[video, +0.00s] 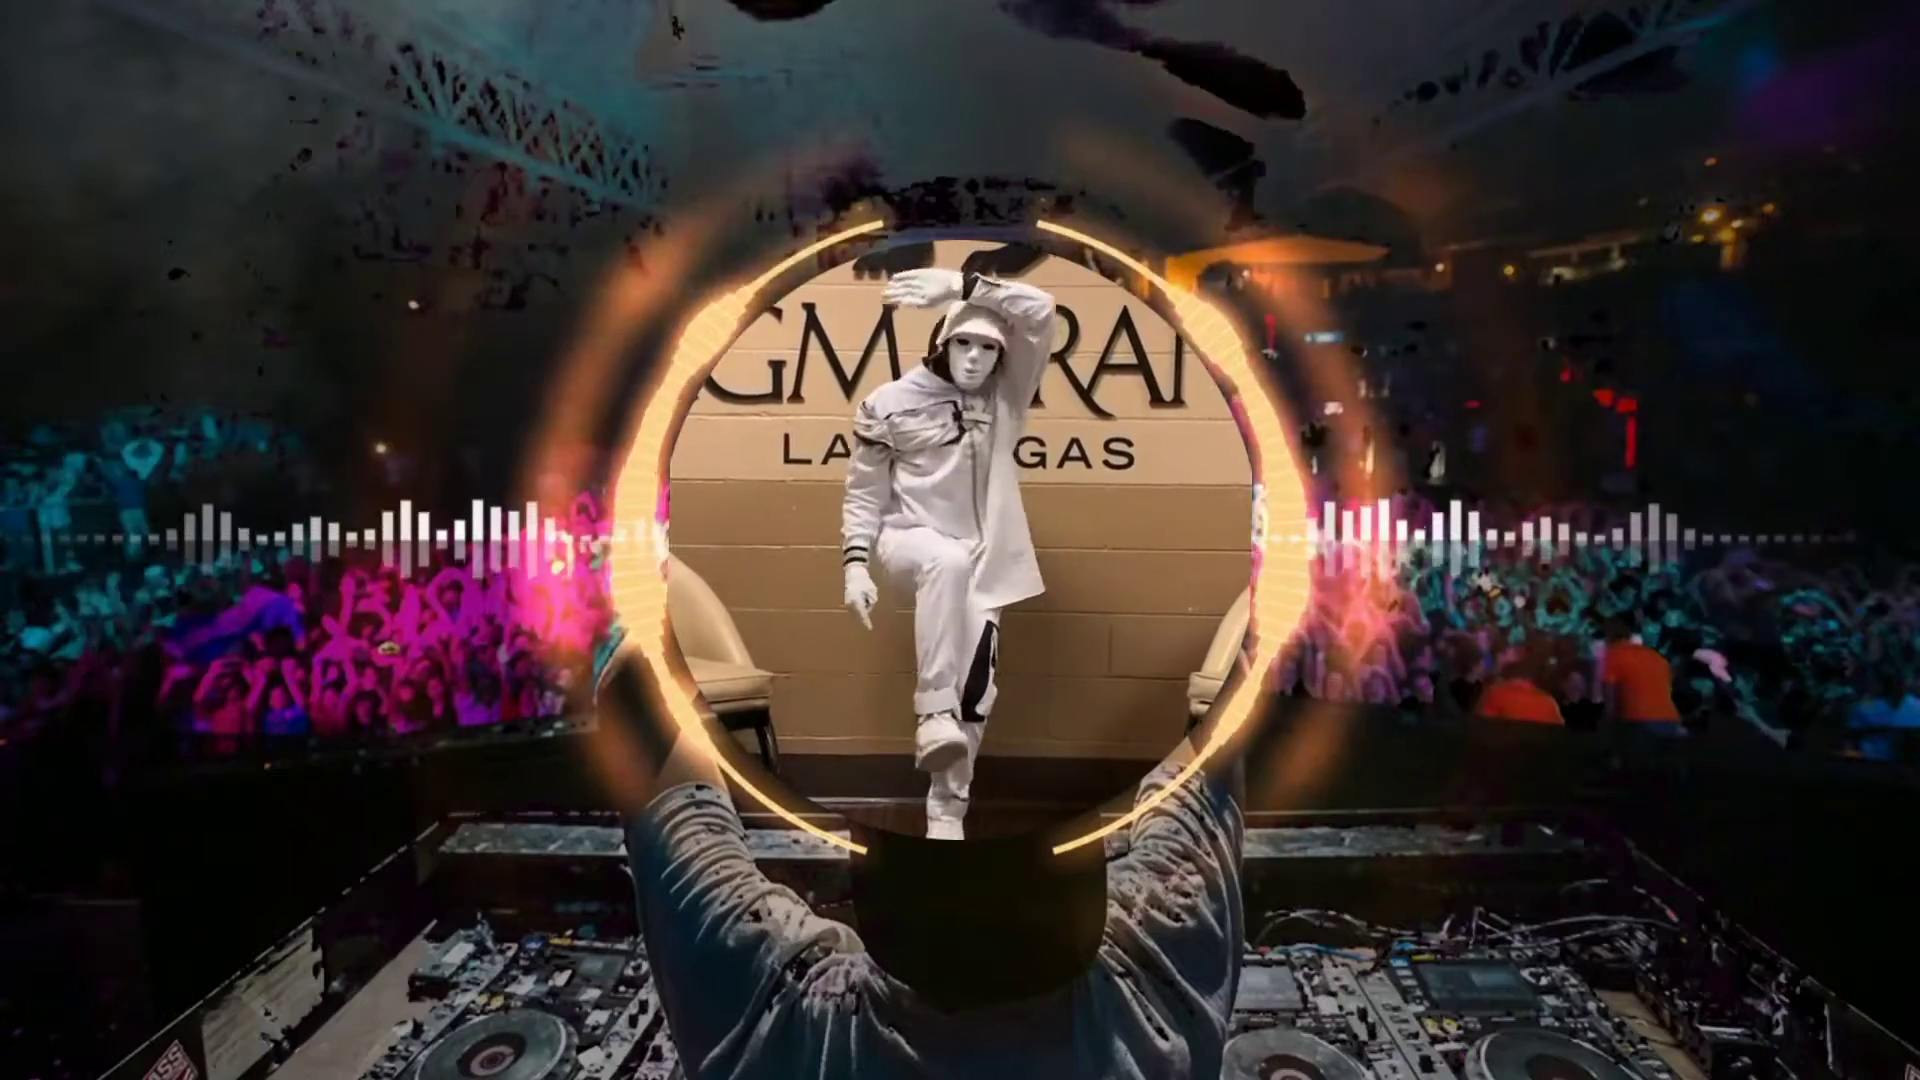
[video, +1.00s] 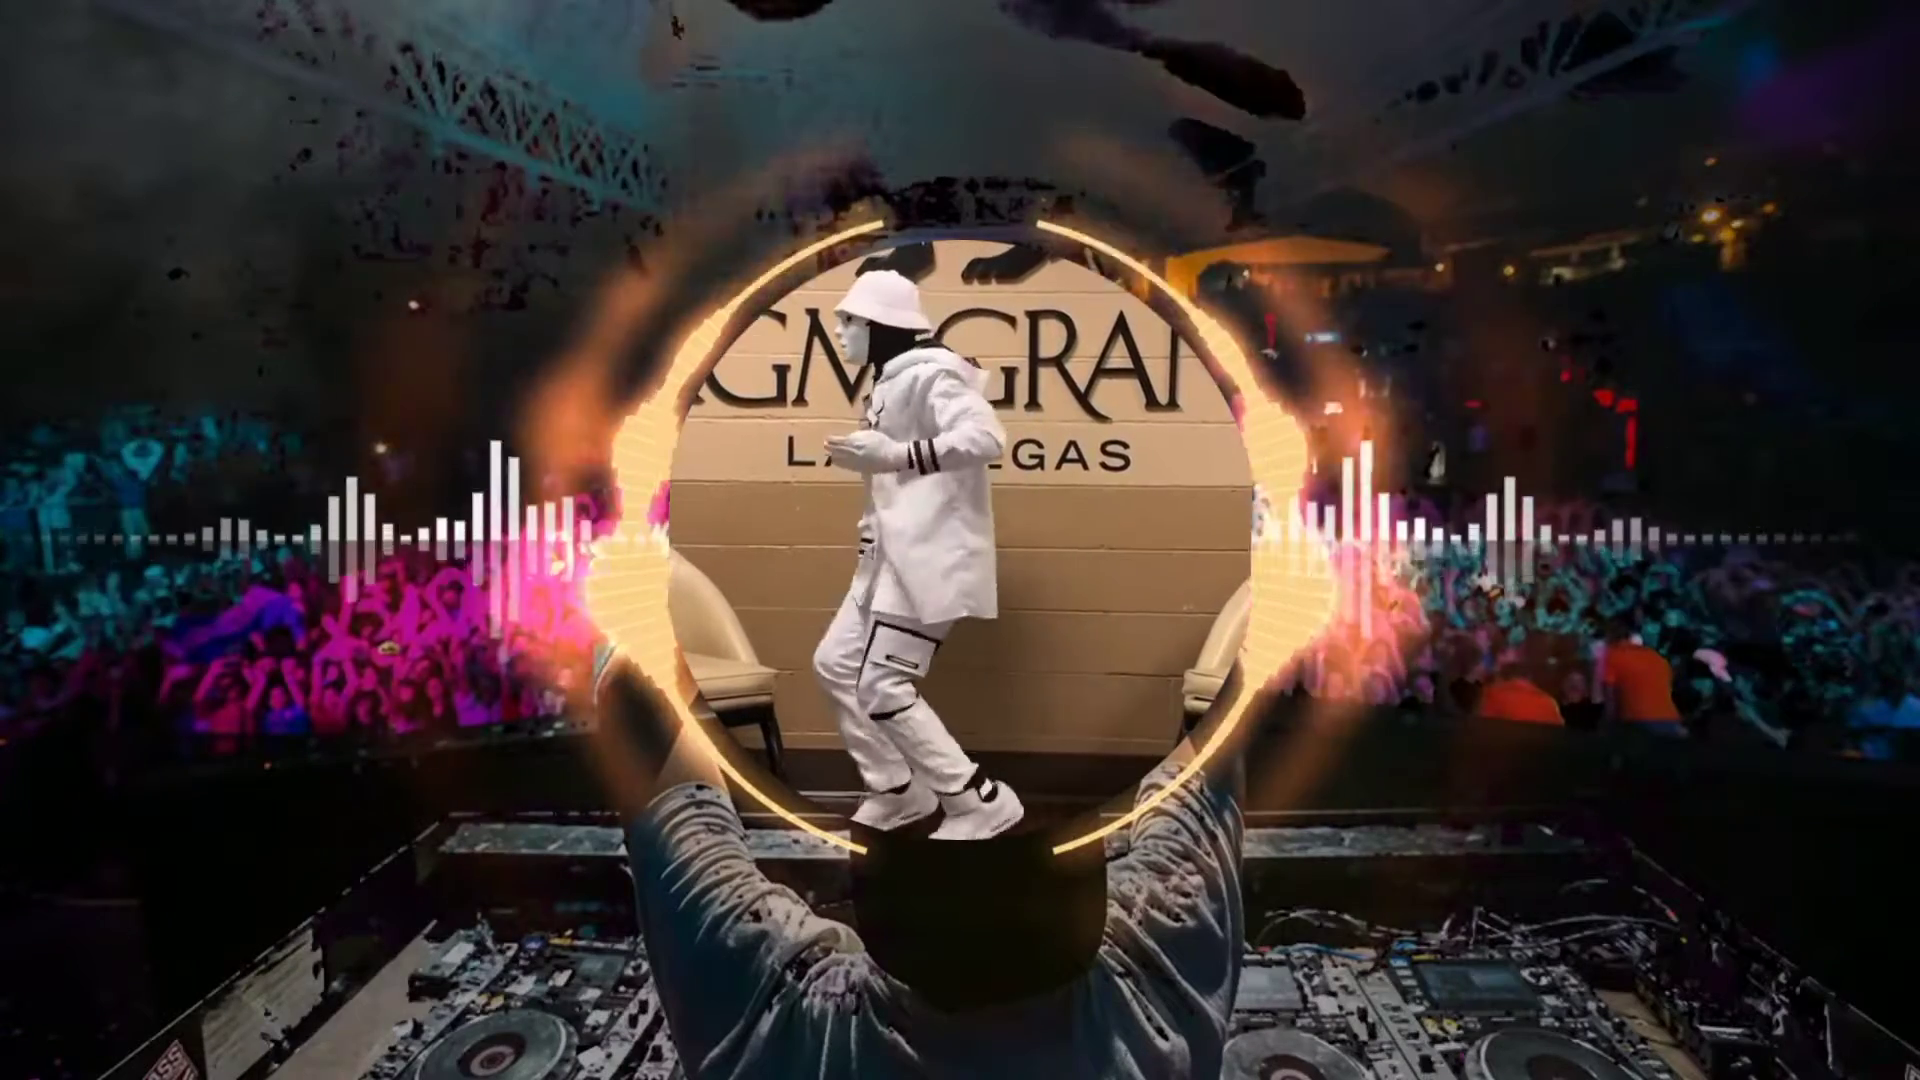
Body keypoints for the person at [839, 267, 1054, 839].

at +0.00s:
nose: (974, 357)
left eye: (986, 348)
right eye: (964, 344)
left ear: (999, 356)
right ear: (944, 346)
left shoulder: (1005, 399)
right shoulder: (892, 404)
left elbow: (1041, 315)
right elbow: (865, 493)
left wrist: (960, 283)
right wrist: (856, 561)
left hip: (983, 558)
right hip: (906, 543)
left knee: (971, 701)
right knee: (950, 557)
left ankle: (947, 820)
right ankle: (937, 711)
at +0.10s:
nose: (968, 353)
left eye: (979, 343)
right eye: (957, 341)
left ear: (994, 350)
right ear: (936, 344)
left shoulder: (1002, 405)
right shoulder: (886, 414)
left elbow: (1041, 367)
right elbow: (866, 502)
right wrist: (863, 572)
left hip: (980, 564)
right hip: (907, 544)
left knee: (966, 705)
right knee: (945, 567)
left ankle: (946, 816)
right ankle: (936, 718)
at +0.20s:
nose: (960, 349)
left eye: (972, 338)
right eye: (950, 337)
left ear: (988, 346)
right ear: (933, 342)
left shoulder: (1003, 395)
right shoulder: (886, 413)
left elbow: (1037, 430)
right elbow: (865, 506)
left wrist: (972, 449)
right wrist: (863, 581)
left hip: (983, 561)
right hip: (907, 546)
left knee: (963, 694)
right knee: (942, 567)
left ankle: (945, 814)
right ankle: (933, 716)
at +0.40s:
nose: (957, 350)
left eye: (969, 339)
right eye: (947, 337)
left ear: (984, 346)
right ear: (930, 342)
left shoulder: (1006, 411)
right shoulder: (887, 412)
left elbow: (1009, 499)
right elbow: (864, 504)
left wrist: (961, 482)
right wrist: (867, 580)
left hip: (978, 551)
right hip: (909, 543)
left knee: (963, 679)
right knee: (926, 597)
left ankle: (945, 809)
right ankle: (918, 744)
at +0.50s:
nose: (960, 350)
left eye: (972, 340)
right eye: (951, 338)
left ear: (987, 349)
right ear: (934, 345)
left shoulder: (1006, 419)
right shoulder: (887, 412)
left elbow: (992, 508)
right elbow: (862, 505)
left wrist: (949, 444)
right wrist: (850, 583)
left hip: (965, 580)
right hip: (895, 577)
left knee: (951, 697)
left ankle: (945, 815)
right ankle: (867, 802)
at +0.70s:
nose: (868, 343)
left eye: (879, 333)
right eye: (869, 332)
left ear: (915, 341)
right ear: (890, 339)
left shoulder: (966, 392)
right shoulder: (883, 398)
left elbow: (970, 487)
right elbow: (862, 482)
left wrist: (933, 409)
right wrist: (844, 552)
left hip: (936, 566)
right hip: (874, 562)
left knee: (914, 696)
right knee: (846, 685)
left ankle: (942, 814)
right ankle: (881, 799)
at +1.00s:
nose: (841, 332)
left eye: (850, 321)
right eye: (843, 320)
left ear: (881, 325)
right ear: (885, 326)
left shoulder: (932, 371)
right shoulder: (890, 382)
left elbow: (984, 437)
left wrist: (897, 455)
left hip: (931, 565)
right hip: (888, 562)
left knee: (884, 687)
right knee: (838, 665)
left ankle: (978, 800)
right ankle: (898, 791)